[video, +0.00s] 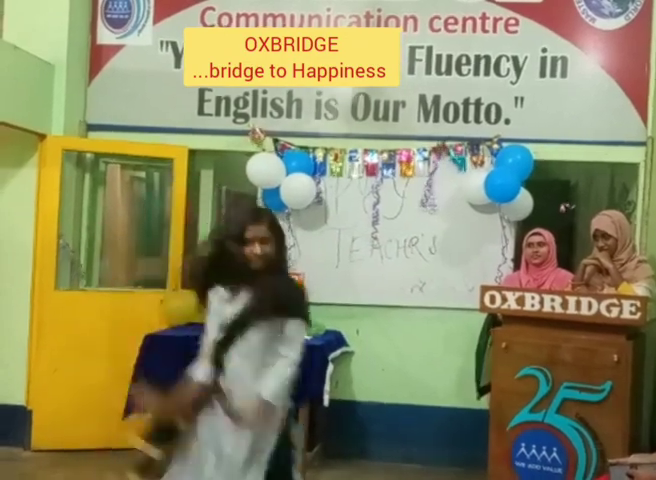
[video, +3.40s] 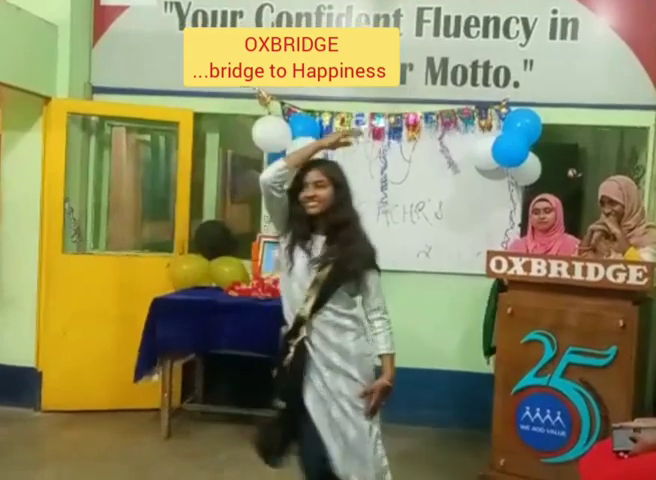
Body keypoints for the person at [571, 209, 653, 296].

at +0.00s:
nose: (600, 245)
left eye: (606, 237)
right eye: (596, 238)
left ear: (621, 236)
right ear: (592, 240)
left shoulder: (641, 268)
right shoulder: (591, 266)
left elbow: (638, 302)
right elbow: (573, 296)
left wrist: (611, 267)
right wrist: (582, 268)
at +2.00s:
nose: (602, 235)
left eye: (609, 228)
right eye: (599, 228)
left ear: (625, 227)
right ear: (595, 229)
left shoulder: (646, 259)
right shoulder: (593, 256)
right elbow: (576, 287)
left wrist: (615, 258)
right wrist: (585, 260)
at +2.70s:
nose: (605, 225)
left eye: (612, 217)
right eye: (602, 218)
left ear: (629, 217)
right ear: (598, 220)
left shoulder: (649, 248)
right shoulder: (596, 247)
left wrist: (618, 248)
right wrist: (588, 250)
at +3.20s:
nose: (606, 215)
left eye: (613, 208)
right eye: (603, 208)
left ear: (630, 207)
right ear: (599, 209)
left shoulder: (649, 238)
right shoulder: (597, 237)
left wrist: (618, 238)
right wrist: (588, 241)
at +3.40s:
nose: (606, 211)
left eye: (613, 203)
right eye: (602, 203)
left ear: (630, 203)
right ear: (599, 205)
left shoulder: (649, 235)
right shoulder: (597, 234)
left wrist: (618, 234)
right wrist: (588, 240)